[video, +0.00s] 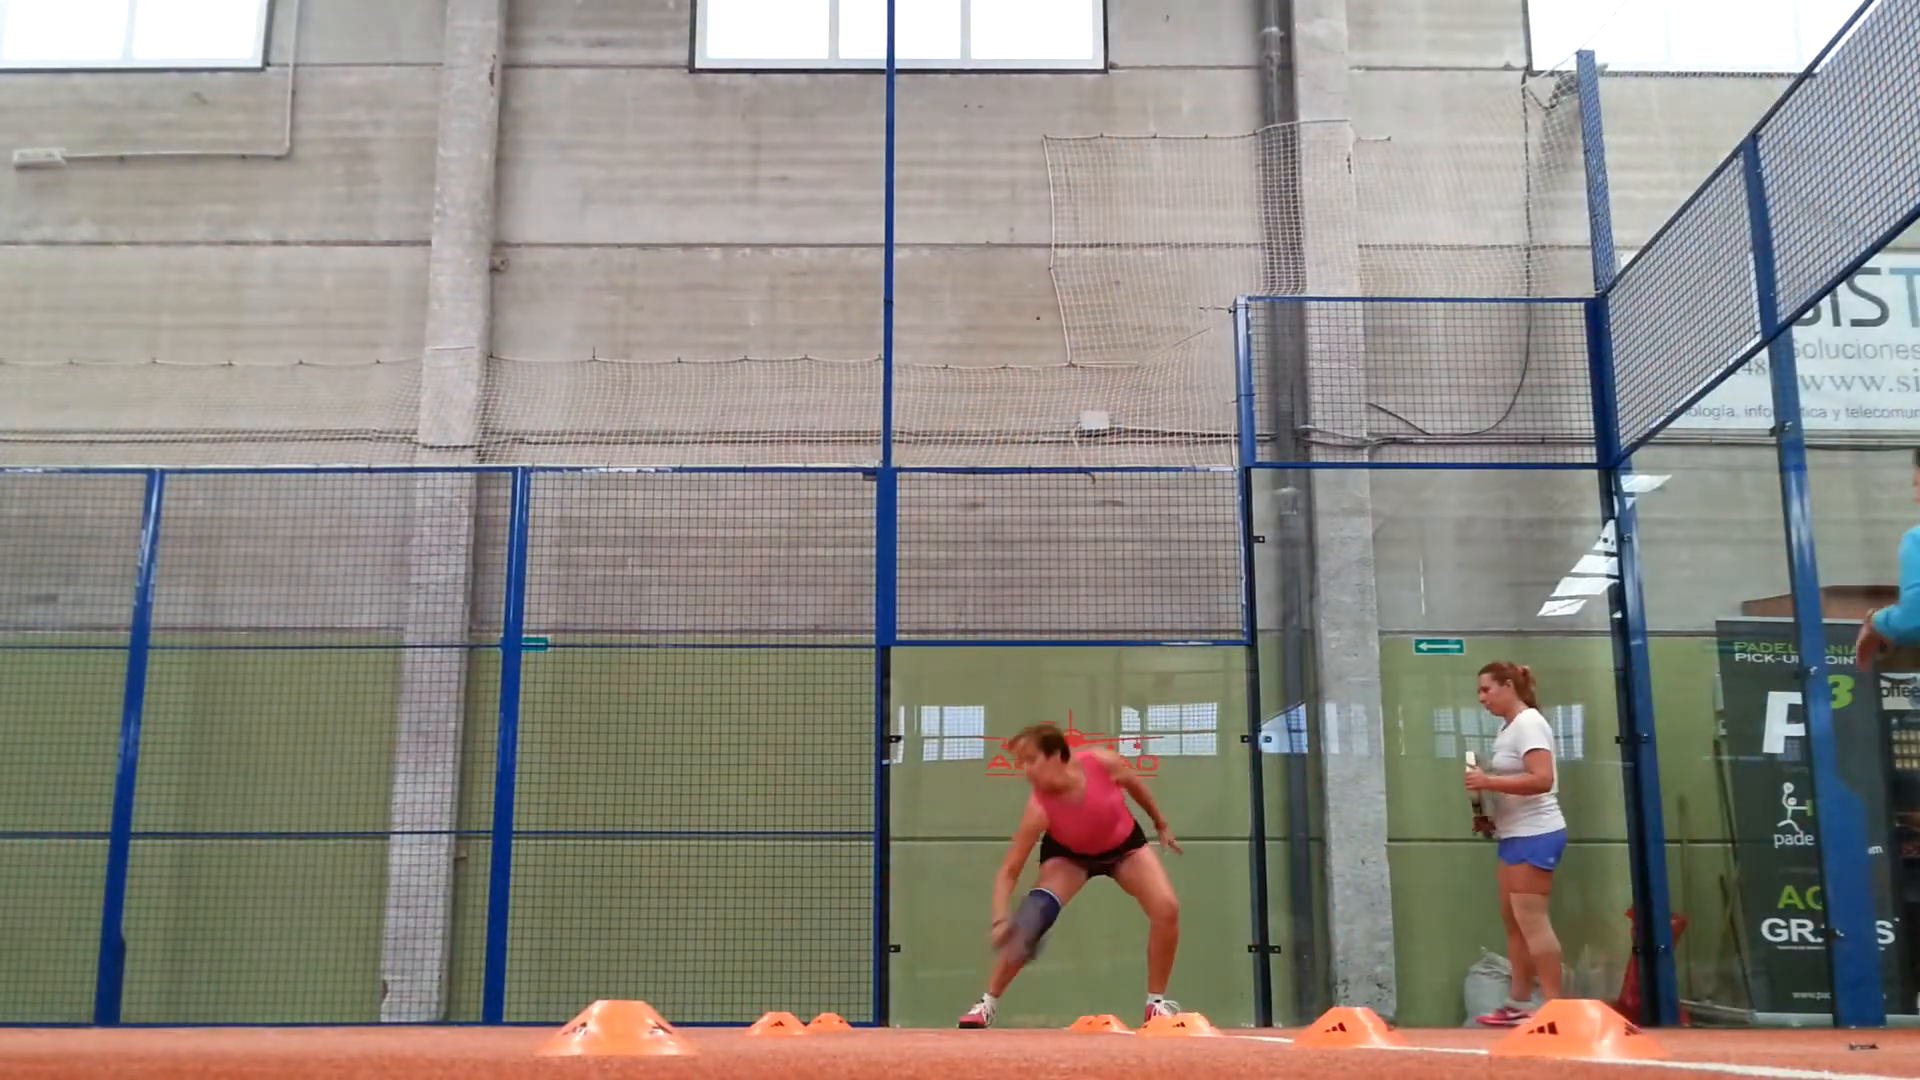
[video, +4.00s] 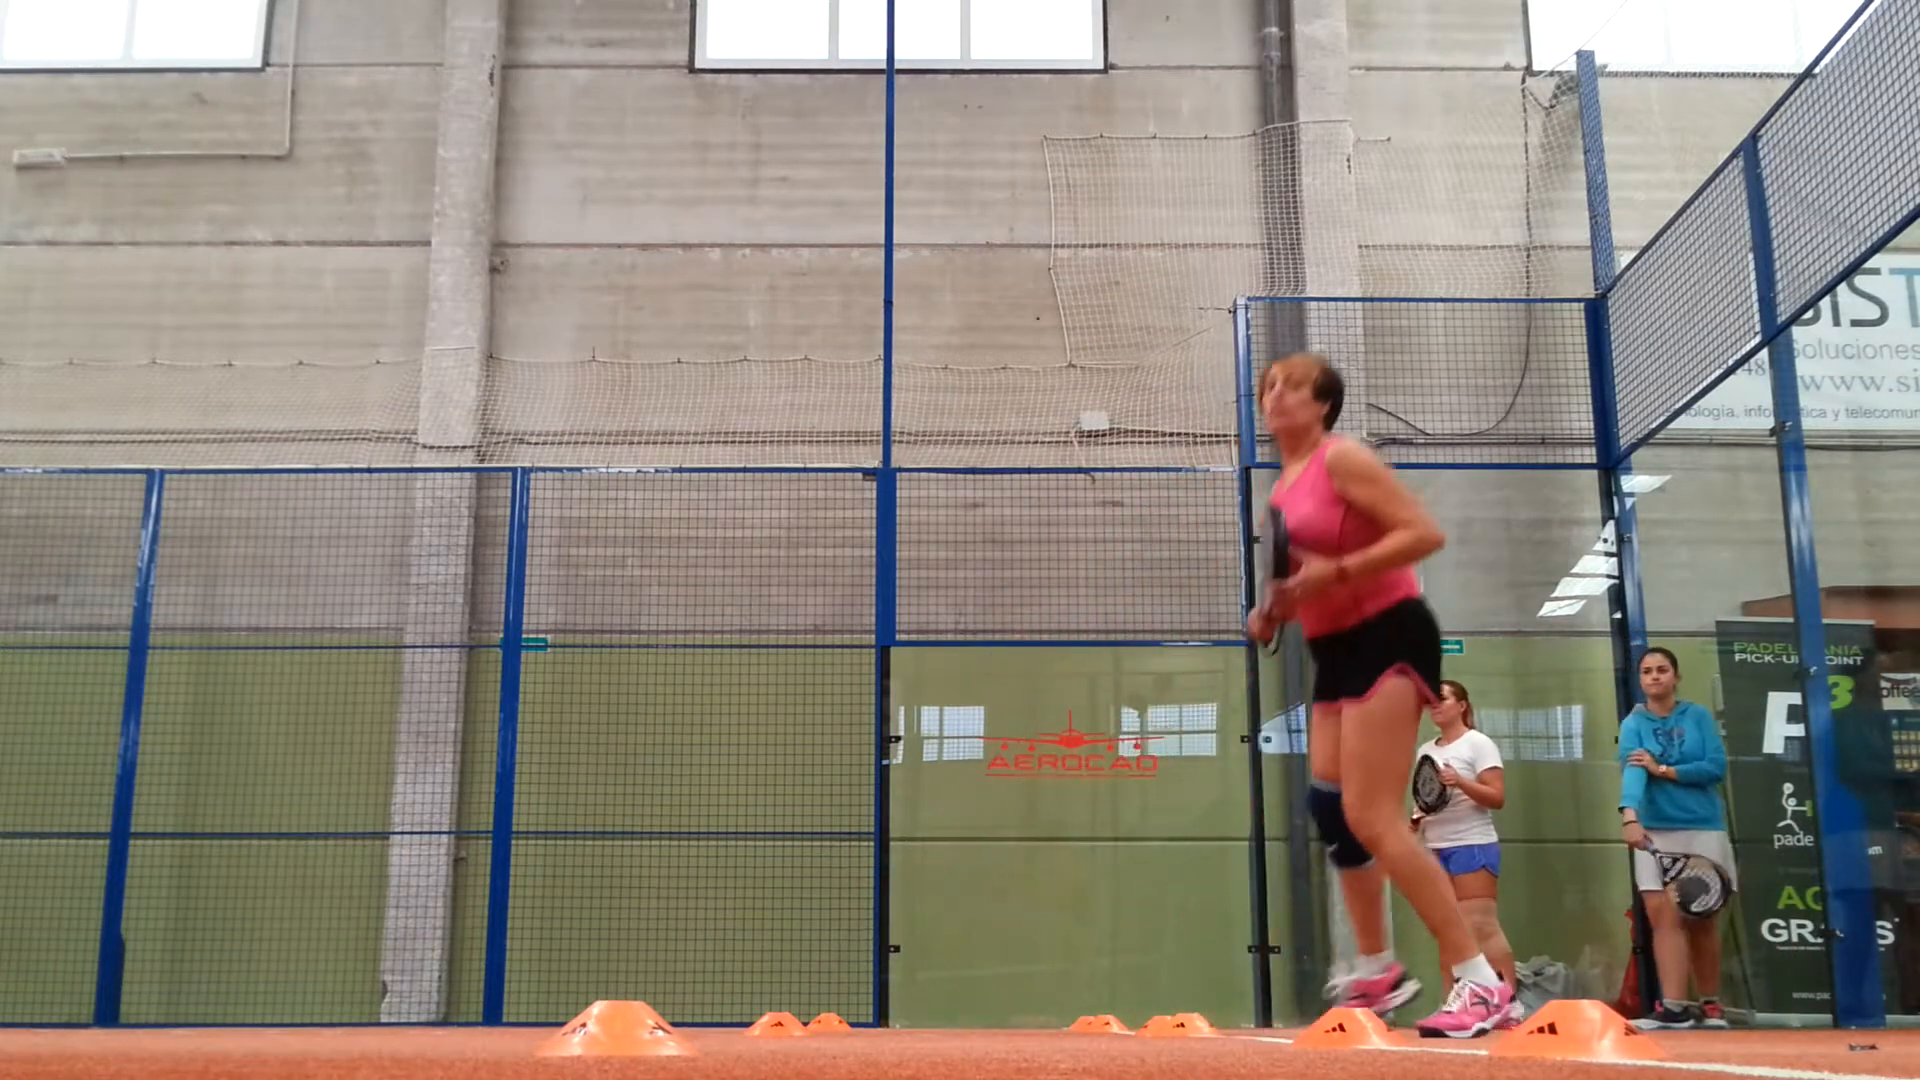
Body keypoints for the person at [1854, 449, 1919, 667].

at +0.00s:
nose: (1916, 495)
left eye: (1917, 485)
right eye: (1916, 484)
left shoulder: (1914, 542)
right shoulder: (1912, 541)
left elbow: (1913, 620)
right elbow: (1913, 619)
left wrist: (1877, 622)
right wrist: (1879, 623)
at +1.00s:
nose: (1775, 578)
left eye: (1777, 570)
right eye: (1775, 570)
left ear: (1796, 567)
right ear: (1824, 567)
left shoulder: (1790, 614)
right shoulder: (1874, 616)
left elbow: (1761, 685)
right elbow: (1883, 682)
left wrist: (1749, 646)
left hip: (1811, 765)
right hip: (1878, 758)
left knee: (1805, 880)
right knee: (1876, 878)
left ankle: (1809, 998)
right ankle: (1891, 1000)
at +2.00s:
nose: (1675, 645)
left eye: (1677, 637)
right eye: (1674, 638)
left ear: (1697, 632)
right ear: (1715, 633)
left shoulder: (1692, 670)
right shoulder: (1764, 674)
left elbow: (1661, 727)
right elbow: (1785, 749)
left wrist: (1664, 682)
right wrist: (1796, 812)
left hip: (1709, 805)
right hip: (1767, 802)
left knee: (1696, 901)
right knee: (1751, 902)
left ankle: (1737, 957)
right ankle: (1752, 1009)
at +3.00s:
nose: (1622, 673)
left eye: (1630, 665)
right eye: (1620, 667)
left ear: (1652, 668)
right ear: (1622, 671)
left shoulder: (1656, 705)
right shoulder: (1645, 708)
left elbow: (1636, 766)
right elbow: (1623, 776)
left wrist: (1612, 787)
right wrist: (1611, 830)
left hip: (1663, 819)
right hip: (1660, 819)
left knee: (1665, 914)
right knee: (1666, 915)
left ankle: (1678, 1008)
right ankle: (1674, 1006)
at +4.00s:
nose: (1654, 677)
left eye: (1661, 670)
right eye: (1648, 672)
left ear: (1676, 676)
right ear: (1640, 680)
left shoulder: (1698, 715)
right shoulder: (1633, 724)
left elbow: (1717, 766)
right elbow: (1633, 767)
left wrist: (1663, 770)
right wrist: (1629, 815)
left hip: (1701, 828)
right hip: (1653, 830)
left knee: (1703, 917)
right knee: (1660, 913)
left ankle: (1710, 1003)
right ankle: (1674, 1006)